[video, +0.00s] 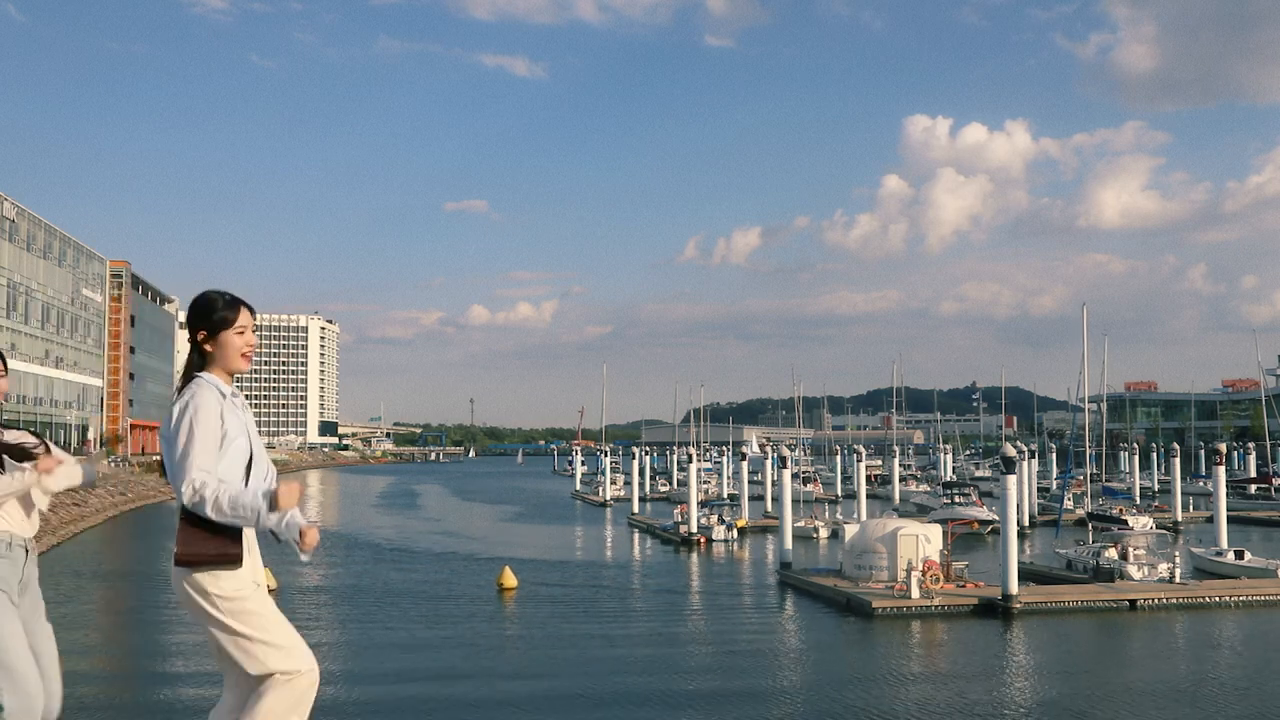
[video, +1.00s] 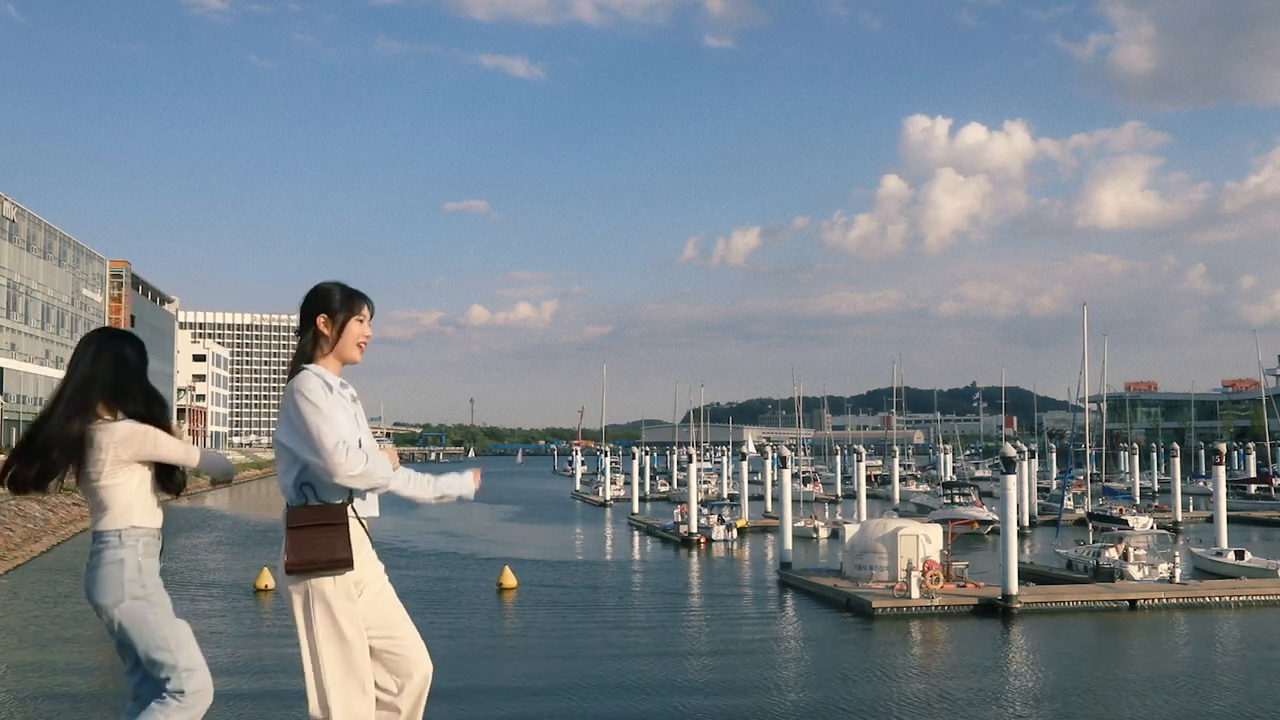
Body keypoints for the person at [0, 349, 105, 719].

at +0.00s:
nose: (4, 386)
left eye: (4, 375)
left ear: (8, 379)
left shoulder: (23, 439)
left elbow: (81, 470)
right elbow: (4, 485)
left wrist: (50, 476)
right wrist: (31, 472)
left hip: (26, 577)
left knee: (50, 693)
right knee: (24, 697)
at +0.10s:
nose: (0, 376)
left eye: (5, 367)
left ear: (16, 375)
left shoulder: (38, 426)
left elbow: (101, 439)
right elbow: (5, 494)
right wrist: (20, 481)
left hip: (39, 570)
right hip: (0, 572)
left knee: (88, 688)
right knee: (22, 700)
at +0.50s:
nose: (40, 373)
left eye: (51, 363)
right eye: (28, 363)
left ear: (65, 367)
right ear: (13, 368)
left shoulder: (88, 413)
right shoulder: (6, 423)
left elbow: (131, 426)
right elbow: (1, 474)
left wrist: (71, 444)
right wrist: (33, 427)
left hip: (97, 558)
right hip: (32, 560)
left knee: (131, 683)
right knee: (33, 698)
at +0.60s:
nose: (59, 370)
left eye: (68, 360)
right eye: (47, 360)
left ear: (77, 366)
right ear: (25, 366)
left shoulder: (95, 425)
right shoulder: (14, 423)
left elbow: (161, 435)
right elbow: (3, 461)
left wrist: (103, 431)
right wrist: (50, 437)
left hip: (100, 560)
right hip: (42, 561)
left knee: (144, 682)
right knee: (28, 699)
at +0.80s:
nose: (107, 385)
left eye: (106, 375)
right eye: (99, 373)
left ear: (82, 381)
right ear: (67, 378)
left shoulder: (103, 440)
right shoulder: (49, 448)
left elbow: (149, 472)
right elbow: (108, 503)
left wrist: (184, 480)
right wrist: (141, 462)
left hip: (127, 568)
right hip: (89, 573)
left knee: (157, 693)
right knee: (83, 704)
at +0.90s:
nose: (126, 387)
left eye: (124, 377)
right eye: (121, 377)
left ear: (77, 386)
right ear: (100, 384)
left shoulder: (91, 444)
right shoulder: (91, 450)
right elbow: (180, 482)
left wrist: (172, 456)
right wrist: (188, 453)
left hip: (128, 578)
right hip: (110, 584)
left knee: (168, 691)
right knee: (151, 704)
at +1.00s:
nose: (144, 380)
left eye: (142, 370)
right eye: (140, 371)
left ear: (85, 372)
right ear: (129, 376)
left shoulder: (90, 432)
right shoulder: (124, 434)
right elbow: (211, 462)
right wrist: (226, 470)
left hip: (111, 574)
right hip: (130, 578)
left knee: (149, 691)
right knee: (192, 689)